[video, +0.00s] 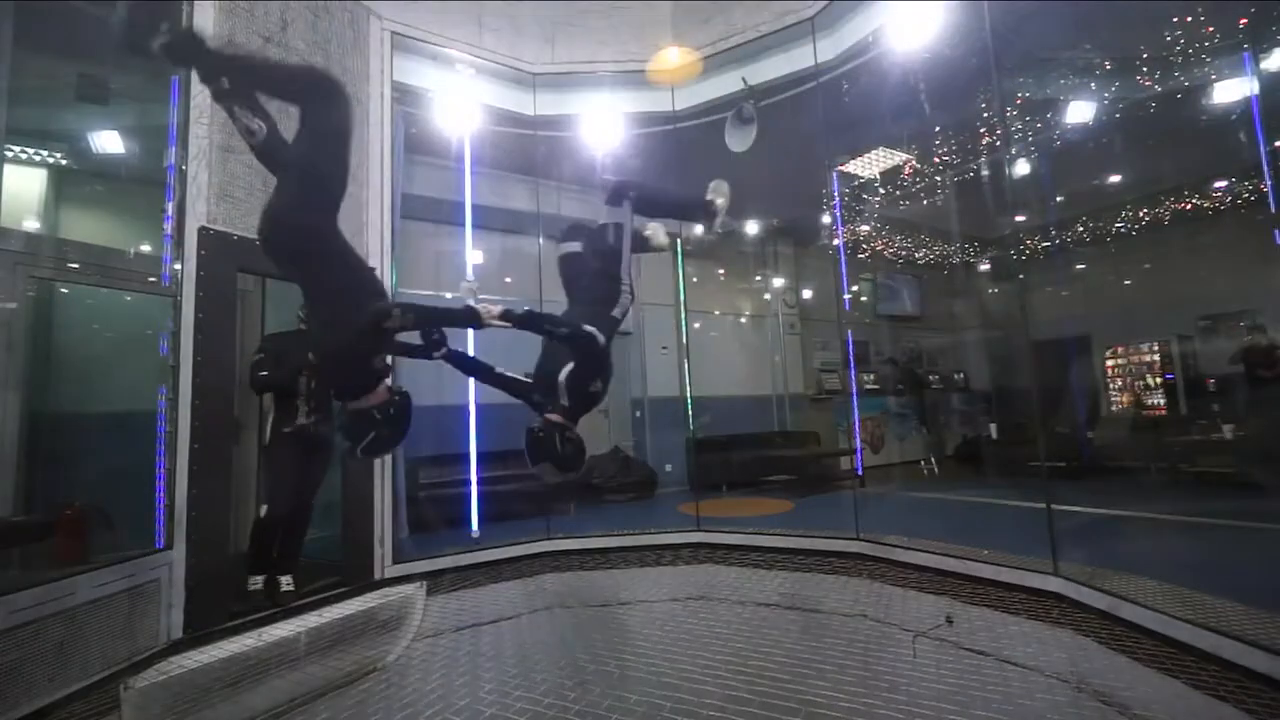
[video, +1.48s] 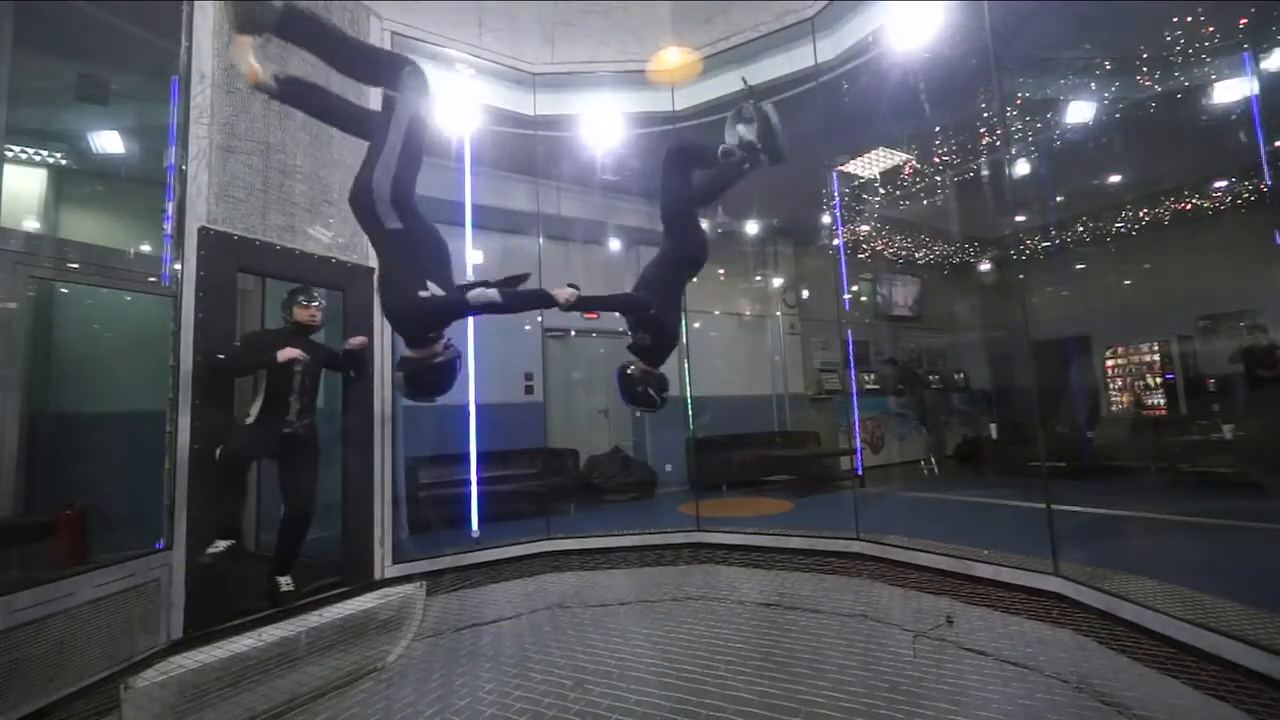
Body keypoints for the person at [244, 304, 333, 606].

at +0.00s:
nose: (318, 321)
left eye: (322, 316)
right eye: (314, 315)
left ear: (329, 318)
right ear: (305, 314)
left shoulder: (332, 347)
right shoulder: (278, 343)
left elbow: (345, 388)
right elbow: (258, 380)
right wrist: (295, 374)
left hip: (319, 438)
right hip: (284, 437)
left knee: (302, 507)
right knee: (278, 507)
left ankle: (285, 575)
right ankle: (258, 573)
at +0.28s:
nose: (328, 316)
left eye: (333, 311)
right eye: (324, 309)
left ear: (339, 317)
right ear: (313, 311)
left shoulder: (340, 345)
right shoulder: (284, 339)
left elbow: (345, 388)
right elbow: (260, 368)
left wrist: (338, 353)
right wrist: (305, 357)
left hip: (320, 437)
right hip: (286, 435)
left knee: (303, 506)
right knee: (279, 504)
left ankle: (285, 574)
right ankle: (258, 572)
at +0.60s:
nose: (338, 316)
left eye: (344, 313)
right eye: (333, 310)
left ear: (348, 321)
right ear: (317, 311)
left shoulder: (342, 348)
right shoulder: (289, 336)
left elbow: (350, 395)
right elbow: (247, 355)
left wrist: (360, 361)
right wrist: (298, 350)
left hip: (318, 437)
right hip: (282, 435)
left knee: (303, 504)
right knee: (281, 502)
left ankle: (286, 572)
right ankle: (258, 571)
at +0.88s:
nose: (335, 315)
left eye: (340, 311)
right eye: (328, 308)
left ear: (343, 318)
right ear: (311, 311)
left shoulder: (337, 352)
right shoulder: (283, 336)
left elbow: (348, 392)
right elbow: (241, 355)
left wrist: (362, 361)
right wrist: (291, 351)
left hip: (311, 439)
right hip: (275, 435)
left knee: (300, 503)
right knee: (273, 501)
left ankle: (286, 573)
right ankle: (265, 571)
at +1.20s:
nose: (319, 312)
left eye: (324, 308)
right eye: (312, 306)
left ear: (329, 314)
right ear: (296, 308)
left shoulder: (325, 351)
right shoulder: (268, 335)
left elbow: (348, 386)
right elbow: (229, 352)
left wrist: (354, 355)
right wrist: (278, 351)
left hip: (303, 436)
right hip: (265, 431)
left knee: (294, 502)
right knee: (240, 478)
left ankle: (283, 571)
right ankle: (252, 552)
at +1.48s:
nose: (315, 311)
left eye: (318, 307)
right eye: (306, 306)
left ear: (322, 313)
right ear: (289, 311)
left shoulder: (320, 351)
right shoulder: (264, 339)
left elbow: (353, 371)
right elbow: (230, 365)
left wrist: (356, 353)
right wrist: (273, 357)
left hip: (300, 437)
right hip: (263, 431)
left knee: (301, 508)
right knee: (230, 458)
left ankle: (282, 573)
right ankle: (227, 534)